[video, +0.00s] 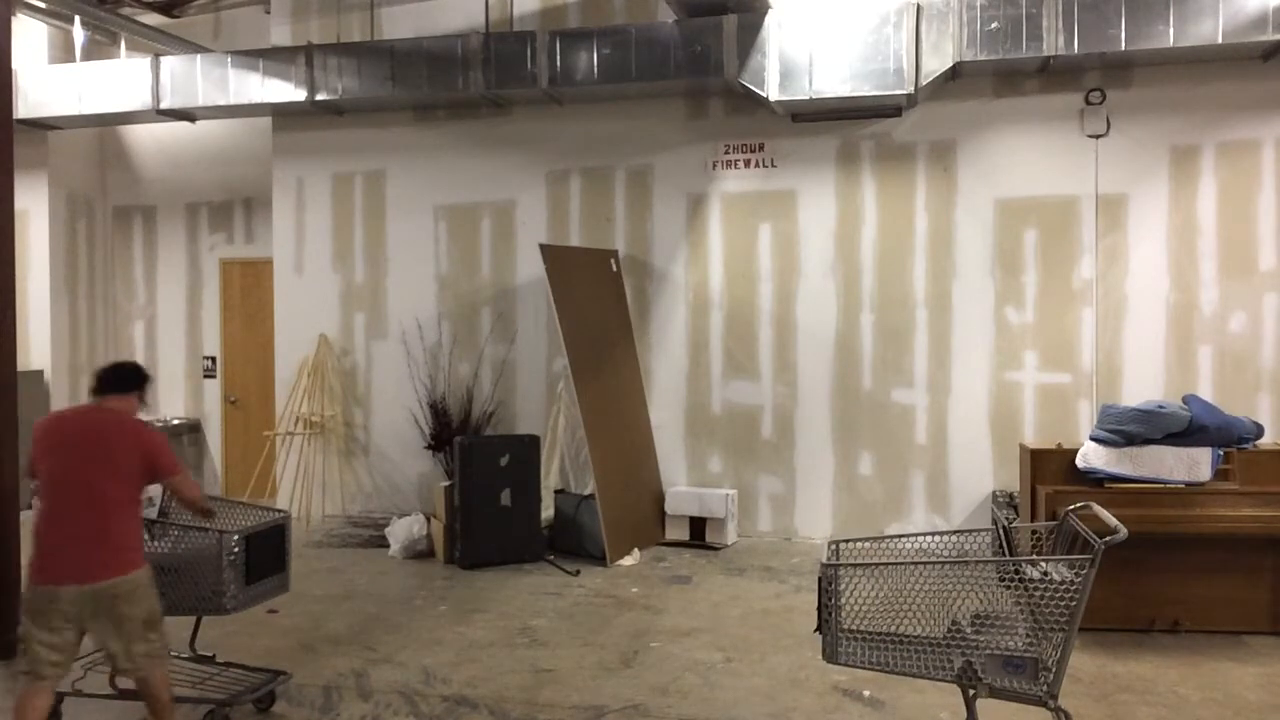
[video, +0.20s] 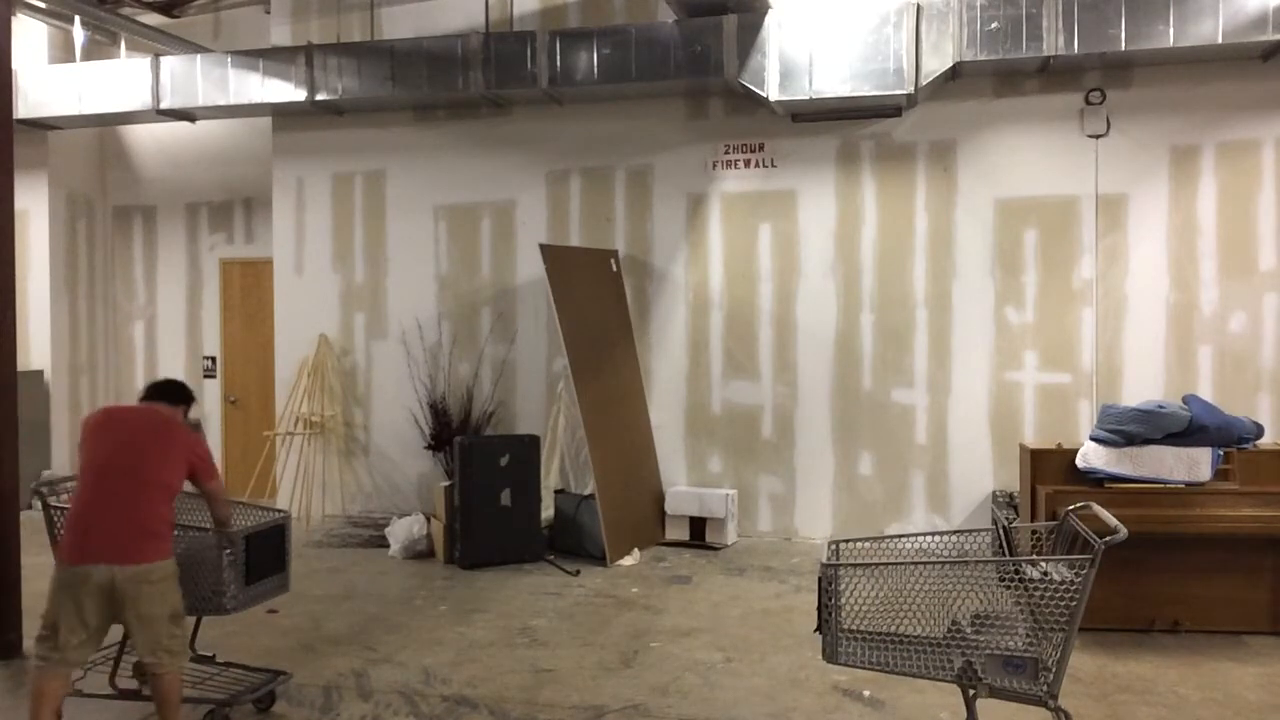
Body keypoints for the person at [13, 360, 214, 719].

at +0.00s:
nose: (140, 407)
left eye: (141, 401)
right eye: (141, 399)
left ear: (96, 392)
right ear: (135, 396)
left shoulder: (48, 427)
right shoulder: (141, 434)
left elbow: (32, 474)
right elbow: (189, 492)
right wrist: (204, 509)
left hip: (53, 579)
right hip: (120, 577)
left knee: (39, 678)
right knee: (150, 670)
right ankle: (164, 713)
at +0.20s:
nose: (186, 422)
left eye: (187, 417)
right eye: (188, 416)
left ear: (144, 400)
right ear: (180, 410)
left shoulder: (95, 420)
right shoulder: (184, 435)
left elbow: (88, 478)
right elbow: (217, 496)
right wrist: (223, 528)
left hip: (80, 562)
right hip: (146, 564)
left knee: (55, 656)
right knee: (165, 657)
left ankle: (44, 713)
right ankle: (170, 714)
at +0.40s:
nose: (203, 429)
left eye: (204, 426)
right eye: (205, 425)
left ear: (162, 406)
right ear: (199, 419)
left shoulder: (117, 421)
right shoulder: (204, 438)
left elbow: (108, 478)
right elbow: (233, 508)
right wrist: (230, 524)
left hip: (95, 554)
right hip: (160, 558)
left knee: (69, 662)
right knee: (167, 662)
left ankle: (51, 712)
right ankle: (169, 715)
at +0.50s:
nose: (204, 430)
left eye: (206, 427)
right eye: (206, 426)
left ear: (164, 407)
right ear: (201, 419)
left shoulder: (120, 422)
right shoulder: (206, 434)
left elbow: (107, 481)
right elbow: (237, 501)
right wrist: (229, 527)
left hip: (101, 552)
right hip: (164, 556)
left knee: (76, 663)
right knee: (169, 663)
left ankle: (55, 712)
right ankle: (170, 715)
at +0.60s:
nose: (206, 429)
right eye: (208, 424)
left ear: (163, 405)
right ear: (201, 416)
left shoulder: (121, 421)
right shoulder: (206, 430)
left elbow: (109, 480)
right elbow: (237, 501)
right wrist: (232, 523)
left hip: (104, 553)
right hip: (168, 556)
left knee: (79, 662)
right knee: (171, 662)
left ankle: (57, 713)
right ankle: (170, 715)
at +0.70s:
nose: (205, 421)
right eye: (206, 416)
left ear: (161, 400)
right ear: (200, 409)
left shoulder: (120, 418)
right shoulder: (207, 427)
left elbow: (105, 480)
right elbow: (236, 501)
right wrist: (237, 521)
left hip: (109, 554)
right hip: (172, 557)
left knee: (81, 660)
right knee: (171, 661)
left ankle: (59, 713)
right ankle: (170, 715)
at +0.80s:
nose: (204, 413)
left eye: (205, 410)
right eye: (205, 409)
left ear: (161, 395)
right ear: (200, 403)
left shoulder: (120, 413)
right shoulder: (208, 424)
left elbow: (104, 477)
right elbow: (232, 493)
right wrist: (241, 513)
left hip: (110, 554)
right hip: (174, 557)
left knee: (83, 657)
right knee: (171, 660)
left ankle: (61, 714)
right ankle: (169, 715)